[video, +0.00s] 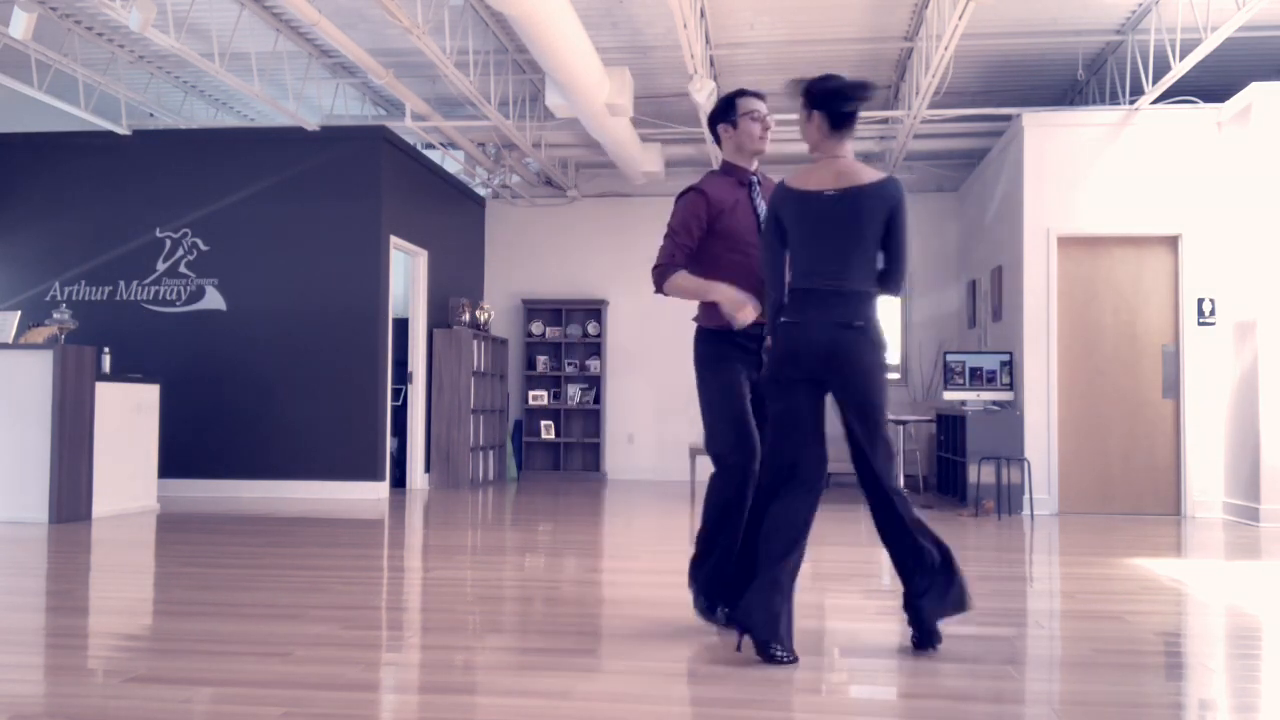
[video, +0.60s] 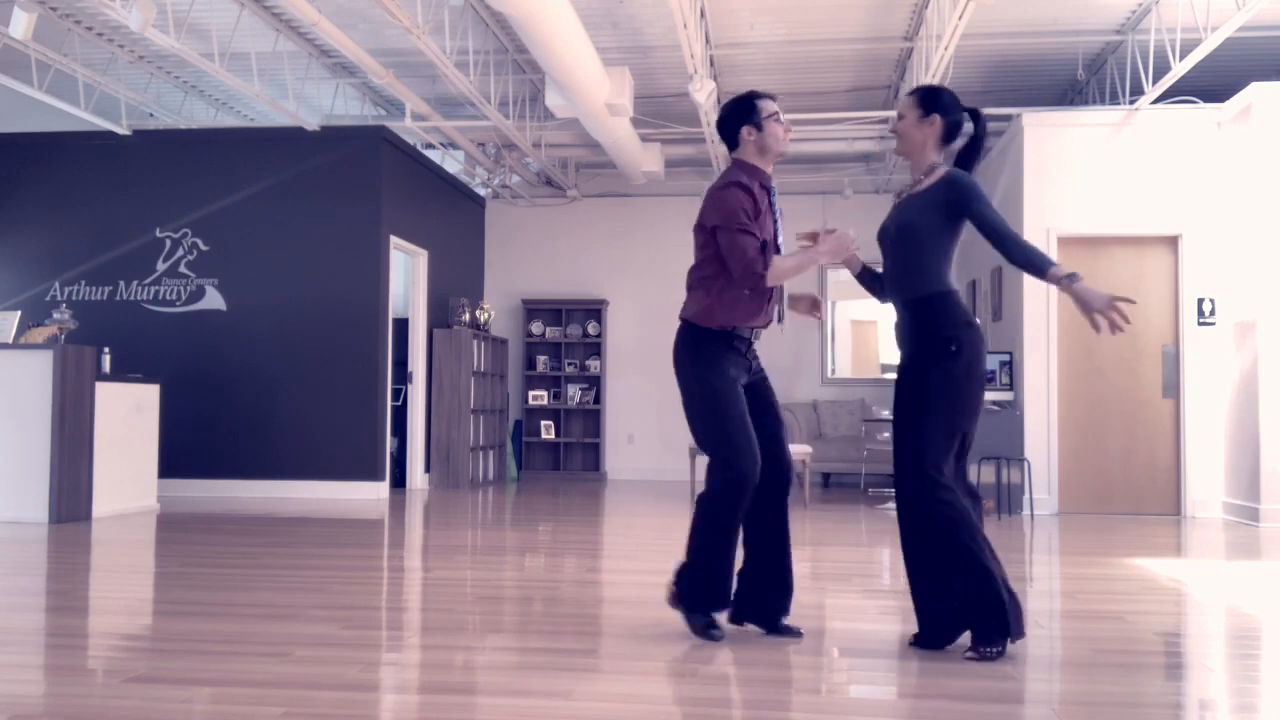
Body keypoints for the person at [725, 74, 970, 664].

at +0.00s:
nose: (798, 126)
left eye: (801, 117)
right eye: (801, 116)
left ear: (816, 121)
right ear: (853, 122)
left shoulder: (788, 191)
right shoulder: (886, 188)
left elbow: (771, 278)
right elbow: (893, 279)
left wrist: (776, 330)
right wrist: (841, 278)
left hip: (793, 335)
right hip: (856, 334)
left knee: (794, 477)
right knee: (879, 474)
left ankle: (768, 623)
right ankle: (925, 604)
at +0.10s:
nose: (825, 127)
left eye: (831, 117)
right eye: (828, 116)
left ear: (850, 121)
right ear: (876, 124)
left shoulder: (822, 191)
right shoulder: (908, 192)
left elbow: (809, 281)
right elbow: (909, 277)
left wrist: (795, 357)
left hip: (843, 334)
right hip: (898, 334)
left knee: (811, 476)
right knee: (899, 475)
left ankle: (802, 616)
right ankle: (929, 620)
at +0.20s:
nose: (844, 131)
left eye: (850, 121)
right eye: (847, 121)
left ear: (873, 127)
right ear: (889, 131)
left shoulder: (866, 194)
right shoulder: (906, 191)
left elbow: (863, 283)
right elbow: (883, 274)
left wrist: (825, 363)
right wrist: (822, 272)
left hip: (887, 345)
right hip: (924, 344)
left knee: (817, 465)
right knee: (901, 485)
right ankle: (939, 612)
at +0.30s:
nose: (861, 134)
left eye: (868, 124)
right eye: (864, 124)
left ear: (895, 132)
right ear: (902, 134)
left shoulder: (900, 197)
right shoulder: (897, 196)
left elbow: (905, 288)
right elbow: (881, 291)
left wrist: (879, 362)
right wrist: (828, 276)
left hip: (912, 354)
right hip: (922, 354)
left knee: (842, 475)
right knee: (915, 486)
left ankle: (941, 553)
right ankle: (944, 610)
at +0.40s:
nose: (875, 129)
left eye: (885, 121)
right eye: (879, 120)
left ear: (914, 131)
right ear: (914, 133)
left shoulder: (923, 190)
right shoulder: (899, 197)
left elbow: (951, 257)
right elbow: (887, 290)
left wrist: (960, 325)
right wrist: (839, 272)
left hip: (925, 350)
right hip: (909, 350)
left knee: (892, 489)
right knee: (920, 487)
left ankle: (973, 592)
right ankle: (938, 621)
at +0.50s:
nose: (886, 120)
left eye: (896, 112)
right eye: (890, 111)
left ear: (925, 123)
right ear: (921, 124)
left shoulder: (939, 181)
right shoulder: (904, 195)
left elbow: (985, 241)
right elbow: (889, 286)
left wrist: (1037, 303)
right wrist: (849, 259)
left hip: (936, 342)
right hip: (911, 346)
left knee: (937, 479)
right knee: (914, 482)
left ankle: (995, 618)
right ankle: (944, 616)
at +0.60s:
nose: (893, 123)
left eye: (904, 115)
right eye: (897, 115)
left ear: (935, 127)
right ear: (925, 129)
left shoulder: (955, 185)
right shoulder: (906, 205)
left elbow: (1010, 244)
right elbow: (888, 289)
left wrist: (1075, 286)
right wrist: (848, 259)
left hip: (950, 344)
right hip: (921, 348)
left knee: (928, 479)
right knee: (924, 482)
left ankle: (995, 615)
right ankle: (942, 614)